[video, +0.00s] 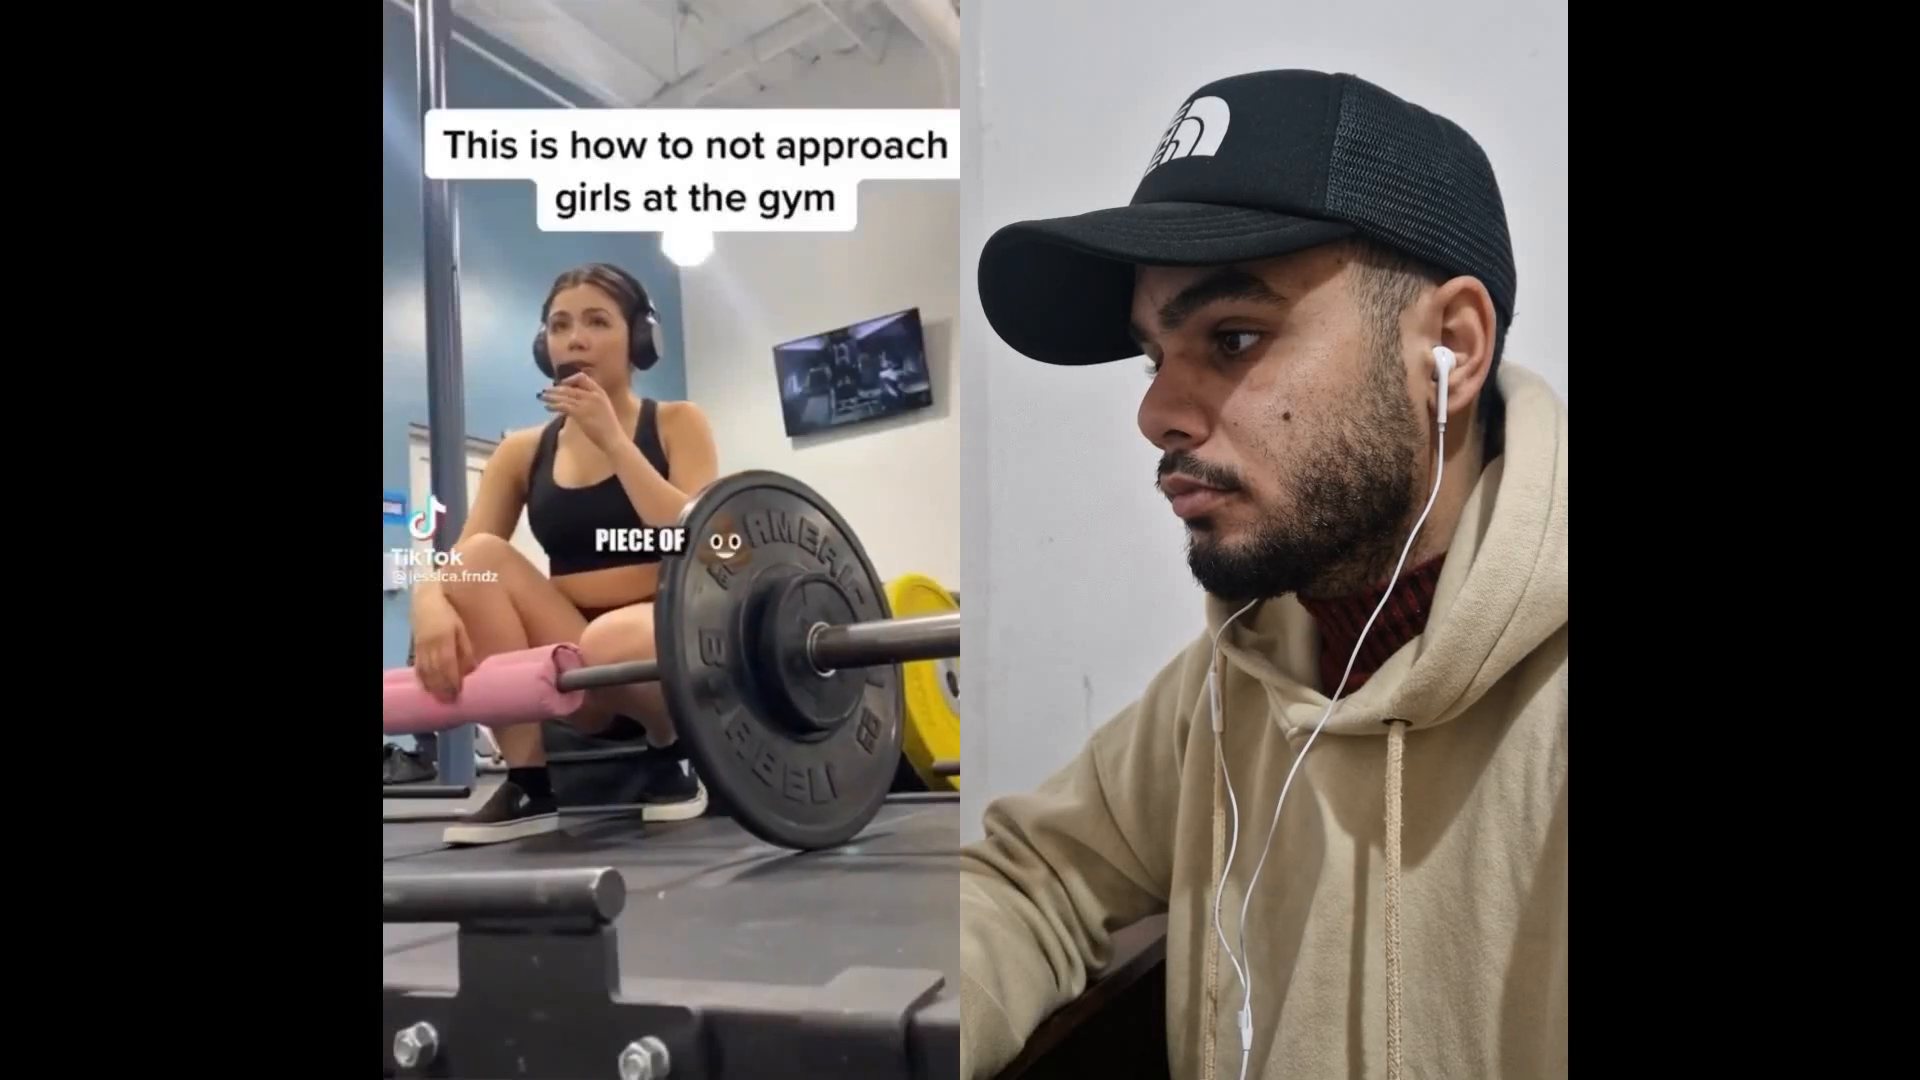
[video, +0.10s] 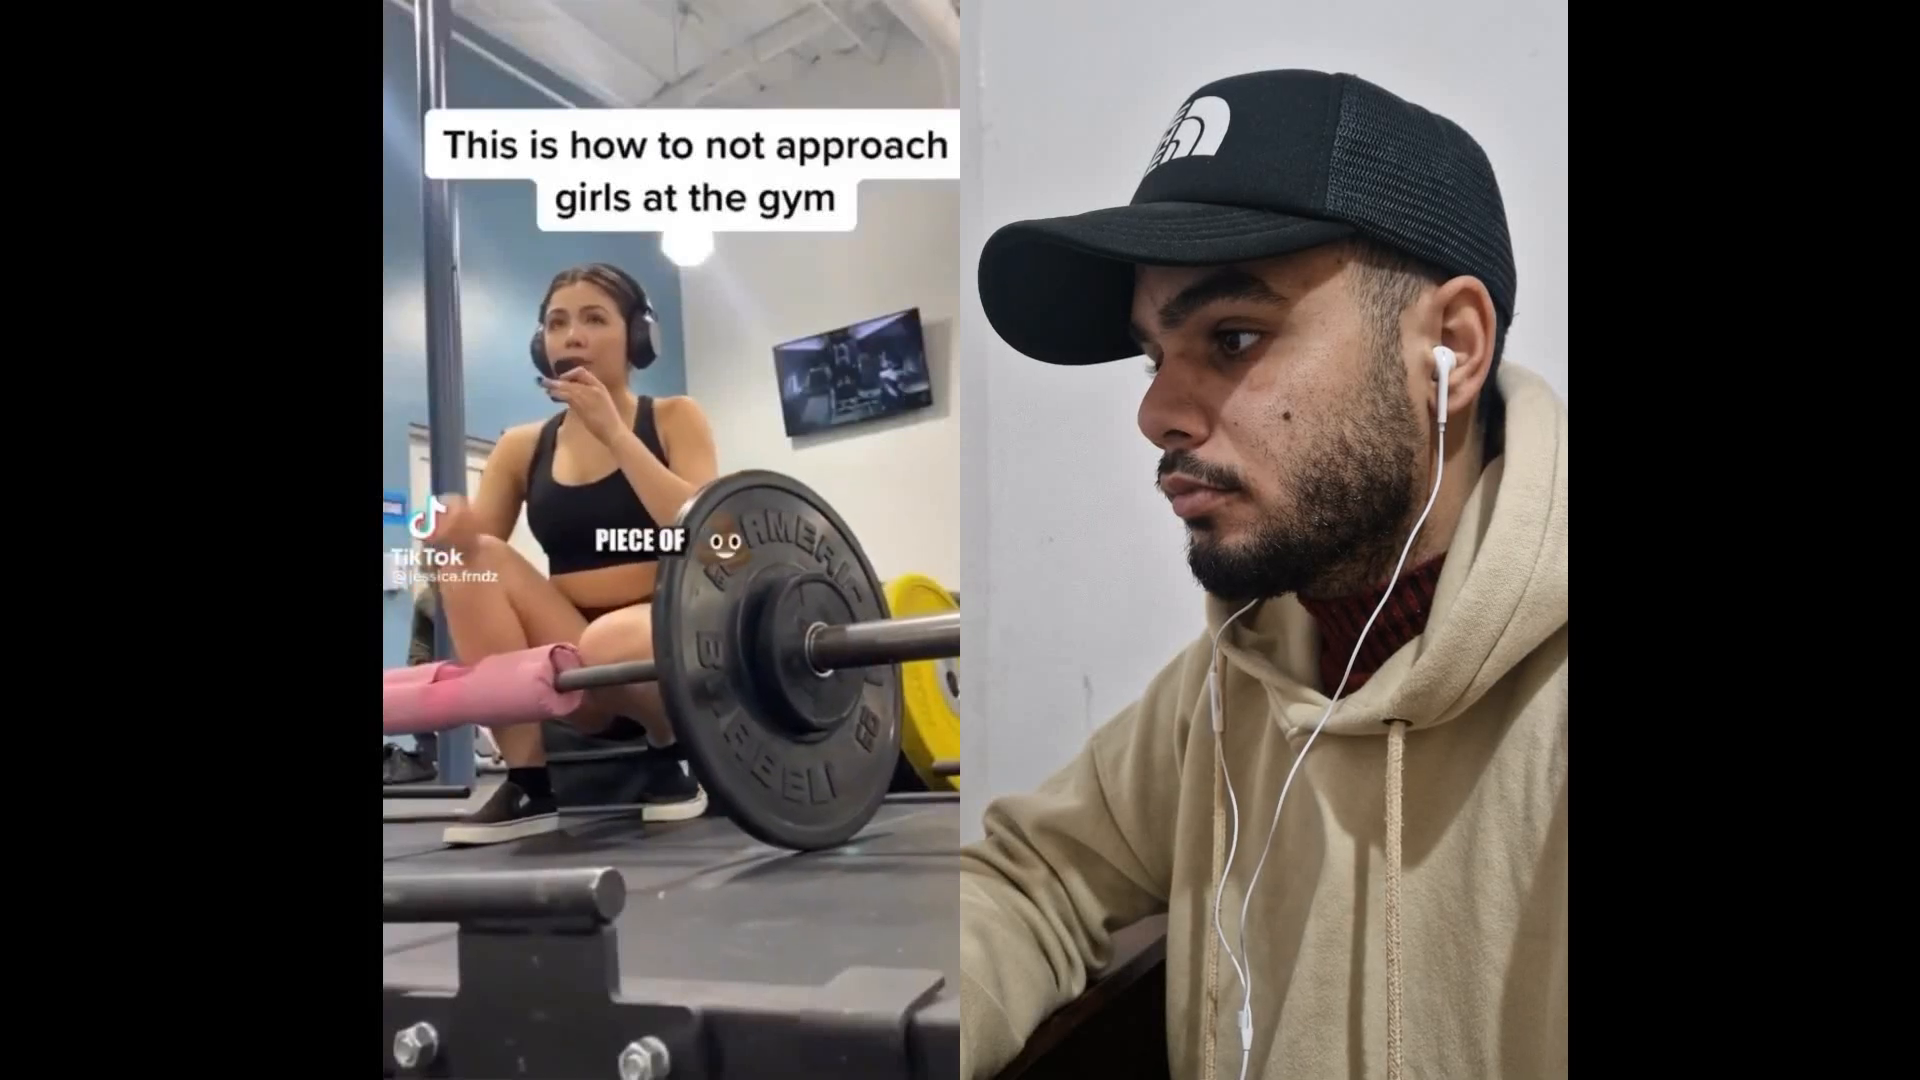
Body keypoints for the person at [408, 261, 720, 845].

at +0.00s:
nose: (575, 338)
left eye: (596, 321)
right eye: (560, 323)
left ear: (635, 340)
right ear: (546, 344)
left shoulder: (677, 425)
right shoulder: (523, 451)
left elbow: (700, 537)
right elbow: (469, 560)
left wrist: (614, 442)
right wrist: (426, 593)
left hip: (669, 640)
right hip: (571, 647)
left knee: (615, 638)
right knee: (478, 561)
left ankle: (666, 752)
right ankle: (527, 782)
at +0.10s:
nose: (571, 335)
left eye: (593, 318)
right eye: (557, 321)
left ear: (632, 337)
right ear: (544, 343)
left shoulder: (674, 420)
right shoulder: (522, 447)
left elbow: (702, 525)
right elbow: (478, 560)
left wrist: (615, 435)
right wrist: (456, 534)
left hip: (671, 633)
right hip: (572, 642)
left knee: (608, 643)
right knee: (466, 557)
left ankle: (668, 754)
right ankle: (528, 781)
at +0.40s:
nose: (569, 333)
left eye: (590, 317)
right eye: (553, 321)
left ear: (628, 335)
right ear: (539, 344)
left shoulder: (668, 409)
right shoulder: (538, 431)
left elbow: (704, 514)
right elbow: (453, 538)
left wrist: (617, 422)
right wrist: (513, 433)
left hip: (671, 630)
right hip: (572, 642)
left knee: (598, 646)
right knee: (464, 562)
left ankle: (677, 754)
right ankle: (528, 782)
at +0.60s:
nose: (573, 334)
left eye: (592, 319)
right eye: (554, 324)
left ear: (628, 336)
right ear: (537, 349)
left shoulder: (666, 410)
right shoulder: (530, 414)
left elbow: (717, 519)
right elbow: (468, 532)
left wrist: (616, 470)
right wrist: (535, 433)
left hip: (671, 628)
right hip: (571, 637)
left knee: (596, 646)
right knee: (461, 564)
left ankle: (689, 754)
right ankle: (527, 781)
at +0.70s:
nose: (575, 332)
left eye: (594, 317)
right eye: (556, 321)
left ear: (629, 334)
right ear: (538, 347)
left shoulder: (663, 411)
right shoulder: (531, 410)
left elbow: (702, 527)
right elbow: (478, 531)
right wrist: (544, 427)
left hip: (663, 630)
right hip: (567, 637)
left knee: (602, 639)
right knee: (462, 562)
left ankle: (676, 758)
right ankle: (526, 781)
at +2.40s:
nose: (586, 417)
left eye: (604, 394)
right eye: (564, 398)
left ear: (637, 376)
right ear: (540, 389)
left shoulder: (680, 442)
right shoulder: (531, 436)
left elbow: (732, 560)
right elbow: (496, 562)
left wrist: (688, 650)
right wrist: (554, 515)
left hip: (682, 662)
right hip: (582, 666)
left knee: (649, 612)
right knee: (483, 561)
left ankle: (677, 749)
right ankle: (528, 785)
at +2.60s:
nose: (495, 418)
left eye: (505, 391)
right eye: (477, 400)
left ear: (562, 361)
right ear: (467, 395)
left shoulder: (656, 422)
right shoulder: (500, 471)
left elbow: (677, 566)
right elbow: (541, 596)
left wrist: (521, 617)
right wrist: (510, 540)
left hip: (713, 647)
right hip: (602, 661)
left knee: (652, 641)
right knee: (476, 560)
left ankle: (690, 761)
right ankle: (539, 797)